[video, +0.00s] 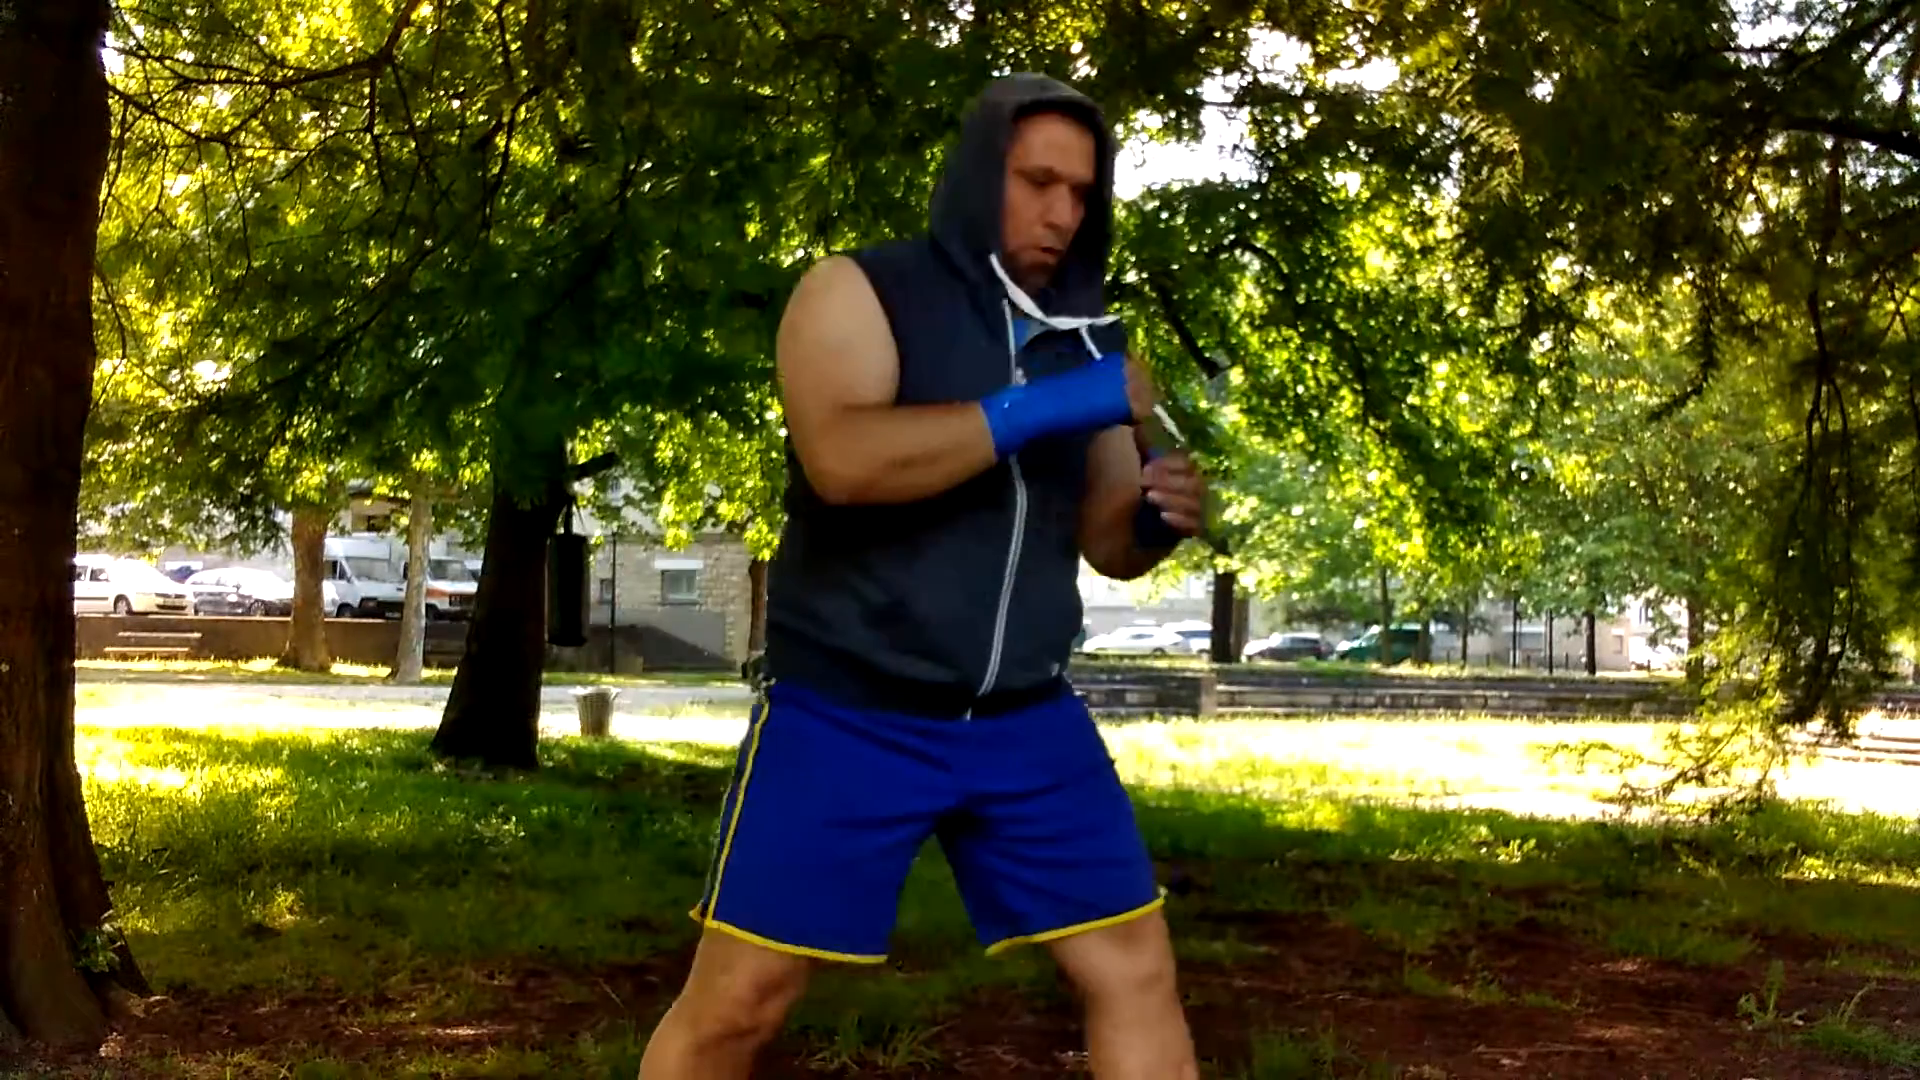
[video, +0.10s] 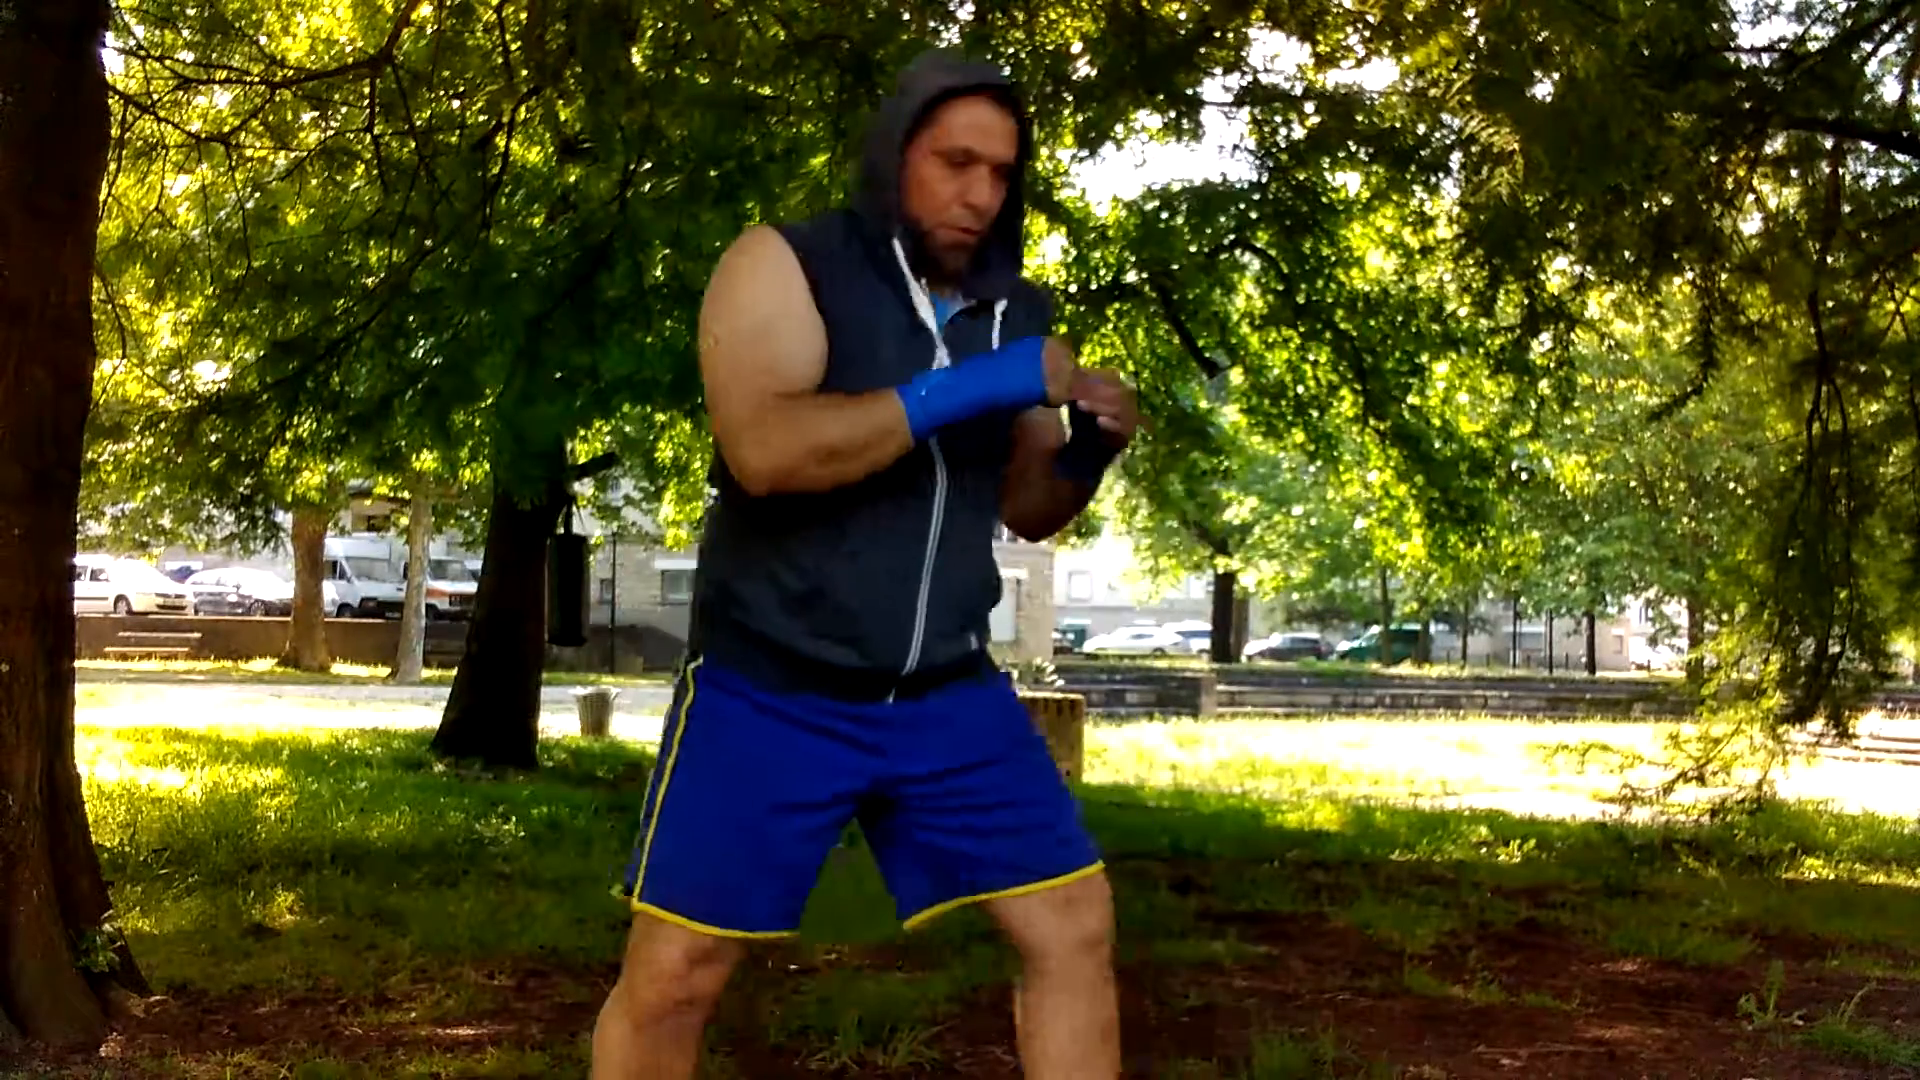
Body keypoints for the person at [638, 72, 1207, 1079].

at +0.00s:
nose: (1065, 214)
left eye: (1082, 192)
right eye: (1042, 183)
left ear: (1095, 203)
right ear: (978, 178)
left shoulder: (1088, 340)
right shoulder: (851, 289)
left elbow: (1108, 542)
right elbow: (842, 460)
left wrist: (1155, 516)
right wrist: (1060, 405)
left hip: (1026, 718)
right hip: (846, 715)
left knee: (1135, 974)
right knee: (737, 1003)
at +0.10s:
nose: (980, 195)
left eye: (1001, 172)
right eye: (955, 162)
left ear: (1016, 182)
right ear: (892, 154)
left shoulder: (1016, 313)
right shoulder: (775, 266)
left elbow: (1027, 510)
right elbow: (764, 450)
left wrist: (1090, 450)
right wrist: (982, 386)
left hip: (950, 694)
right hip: (769, 692)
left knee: (1071, 924)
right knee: (672, 978)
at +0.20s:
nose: (953, 197)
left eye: (975, 173)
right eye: (929, 163)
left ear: (992, 183)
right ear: (868, 154)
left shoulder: (989, 303)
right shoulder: (744, 259)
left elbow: (1043, 497)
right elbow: (723, 456)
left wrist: (1079, 389)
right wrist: (910, 353)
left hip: (909, 678)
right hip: (727, 671)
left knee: (1021, 924)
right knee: (626, 957)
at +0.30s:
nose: (908, 224)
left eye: (931, 201)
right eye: (883, 190)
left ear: (949, 212)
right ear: (826, 183)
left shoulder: (949, 330)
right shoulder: (704, 293)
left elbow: (1042, 518)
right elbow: (708, 486)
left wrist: (1076, 423)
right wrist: (871, 371)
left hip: (870, 719)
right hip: (690, 703)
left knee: (970, 962)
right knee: (571, 974)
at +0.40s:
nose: (834, 244)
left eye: (855, 222)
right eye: (812, 211)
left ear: (873, 230)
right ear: (754, 199)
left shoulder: (862, 359)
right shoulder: (629, 309)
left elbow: (909, 554)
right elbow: (674, 491)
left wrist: (977, 501)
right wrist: (865, 416)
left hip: (804, 726)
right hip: (618, 727)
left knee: (924, 957)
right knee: (500, 1016)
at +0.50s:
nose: (760, 238)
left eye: (784, 216)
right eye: (739, 204)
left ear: (801, 226)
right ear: (680, 190)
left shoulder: (778, 341)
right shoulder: (554, 300)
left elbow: (796, 532)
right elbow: (615, 472)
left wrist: (873, 493)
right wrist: (793, 363)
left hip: (752, 710)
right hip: (561, 714)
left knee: (887, 933)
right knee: (477, 999)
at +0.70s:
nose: (619, 215)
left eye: (647, 191)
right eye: (596, 180)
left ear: (671, 194)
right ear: (542, 169)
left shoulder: (716, 273)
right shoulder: (436, 290)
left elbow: (908, 337)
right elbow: (459, 467)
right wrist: (614, 337)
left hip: (686, 694)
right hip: (492, 700)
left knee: (799, 950)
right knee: (428, 992)